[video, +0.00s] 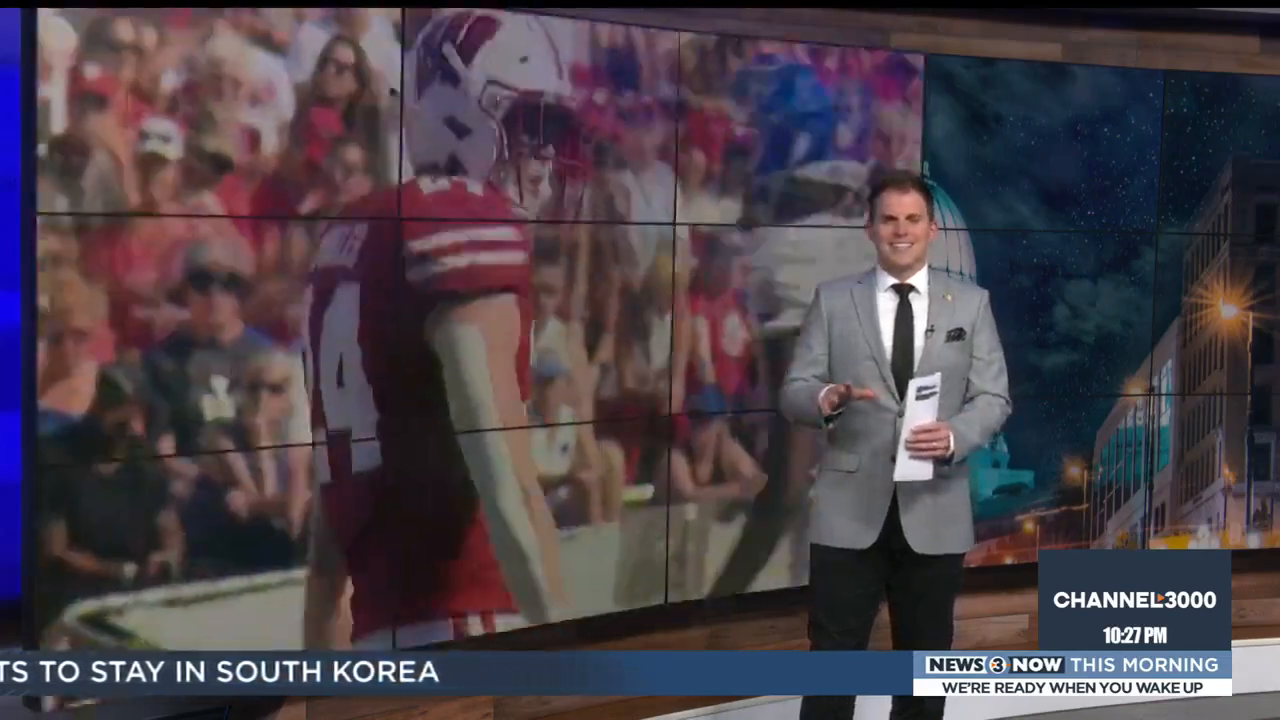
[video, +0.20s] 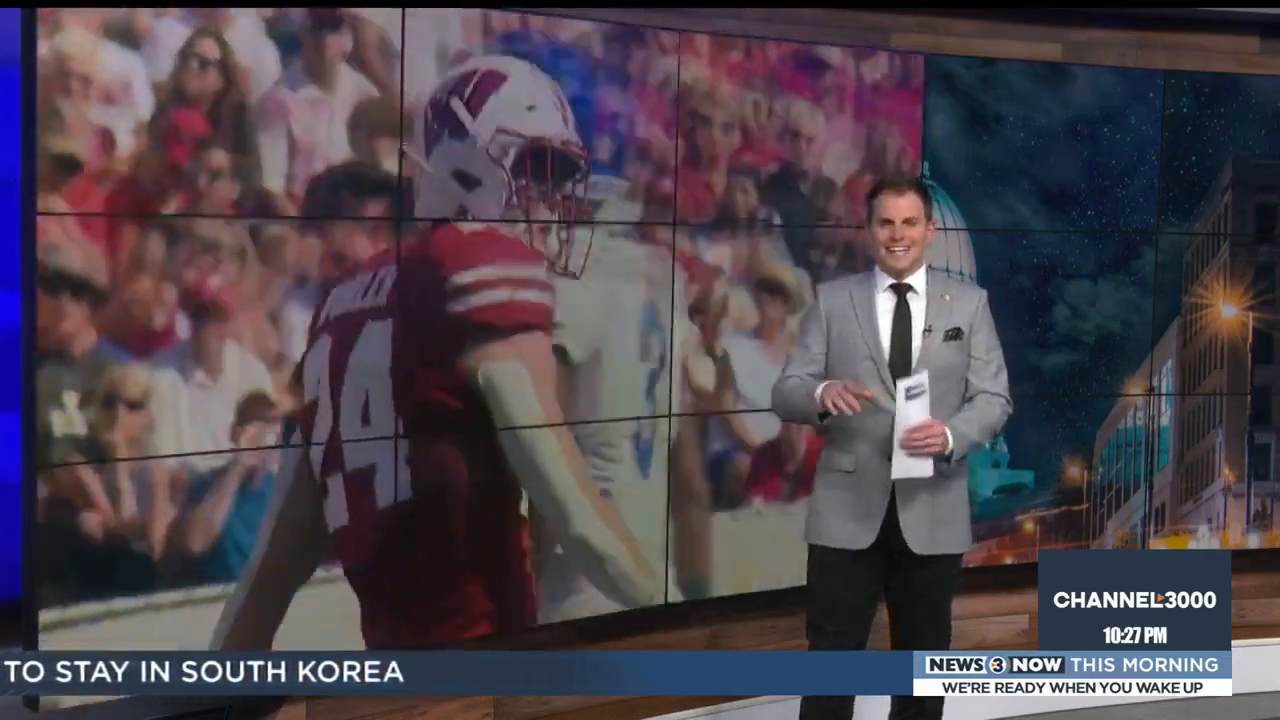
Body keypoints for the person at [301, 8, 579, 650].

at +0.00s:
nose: (539, 158)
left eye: (545, 132)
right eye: (527, 128)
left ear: (437, 108)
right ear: (479, 117)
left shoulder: (350, 229)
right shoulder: (462, 220)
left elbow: (338, 477)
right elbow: (506, 482)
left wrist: (317, 659)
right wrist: (564, 644)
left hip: (379, 628)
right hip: (471, 621)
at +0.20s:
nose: (557, 204)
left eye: (562, 180)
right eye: (540, 175)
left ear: (441, 161)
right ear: (489, 163)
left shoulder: (346, 299)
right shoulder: (484, 256)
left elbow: (296, 531)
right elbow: (568, 504)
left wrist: (223, 677)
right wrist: (677, 624)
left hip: (393, 655)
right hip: (484, 648)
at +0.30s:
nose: (556, 180)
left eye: (557, 153)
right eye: (544, 148)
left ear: (430, 139)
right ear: (485, 144)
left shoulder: (338, 283)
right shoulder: (505, 239)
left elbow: (285, 532)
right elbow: (576, 490)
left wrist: (221, 684)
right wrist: (677, 608)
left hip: (388, 647)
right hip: (491, 634)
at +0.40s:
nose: (534, 142)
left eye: (531, 123)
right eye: (525, 120)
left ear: (400, 113)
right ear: (503, 109)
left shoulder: (310, 242)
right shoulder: (494, 204)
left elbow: (273, 517)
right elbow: (558, 454)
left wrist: (237, 683)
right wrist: (640, 618)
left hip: (366, 628)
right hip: (472, 619)